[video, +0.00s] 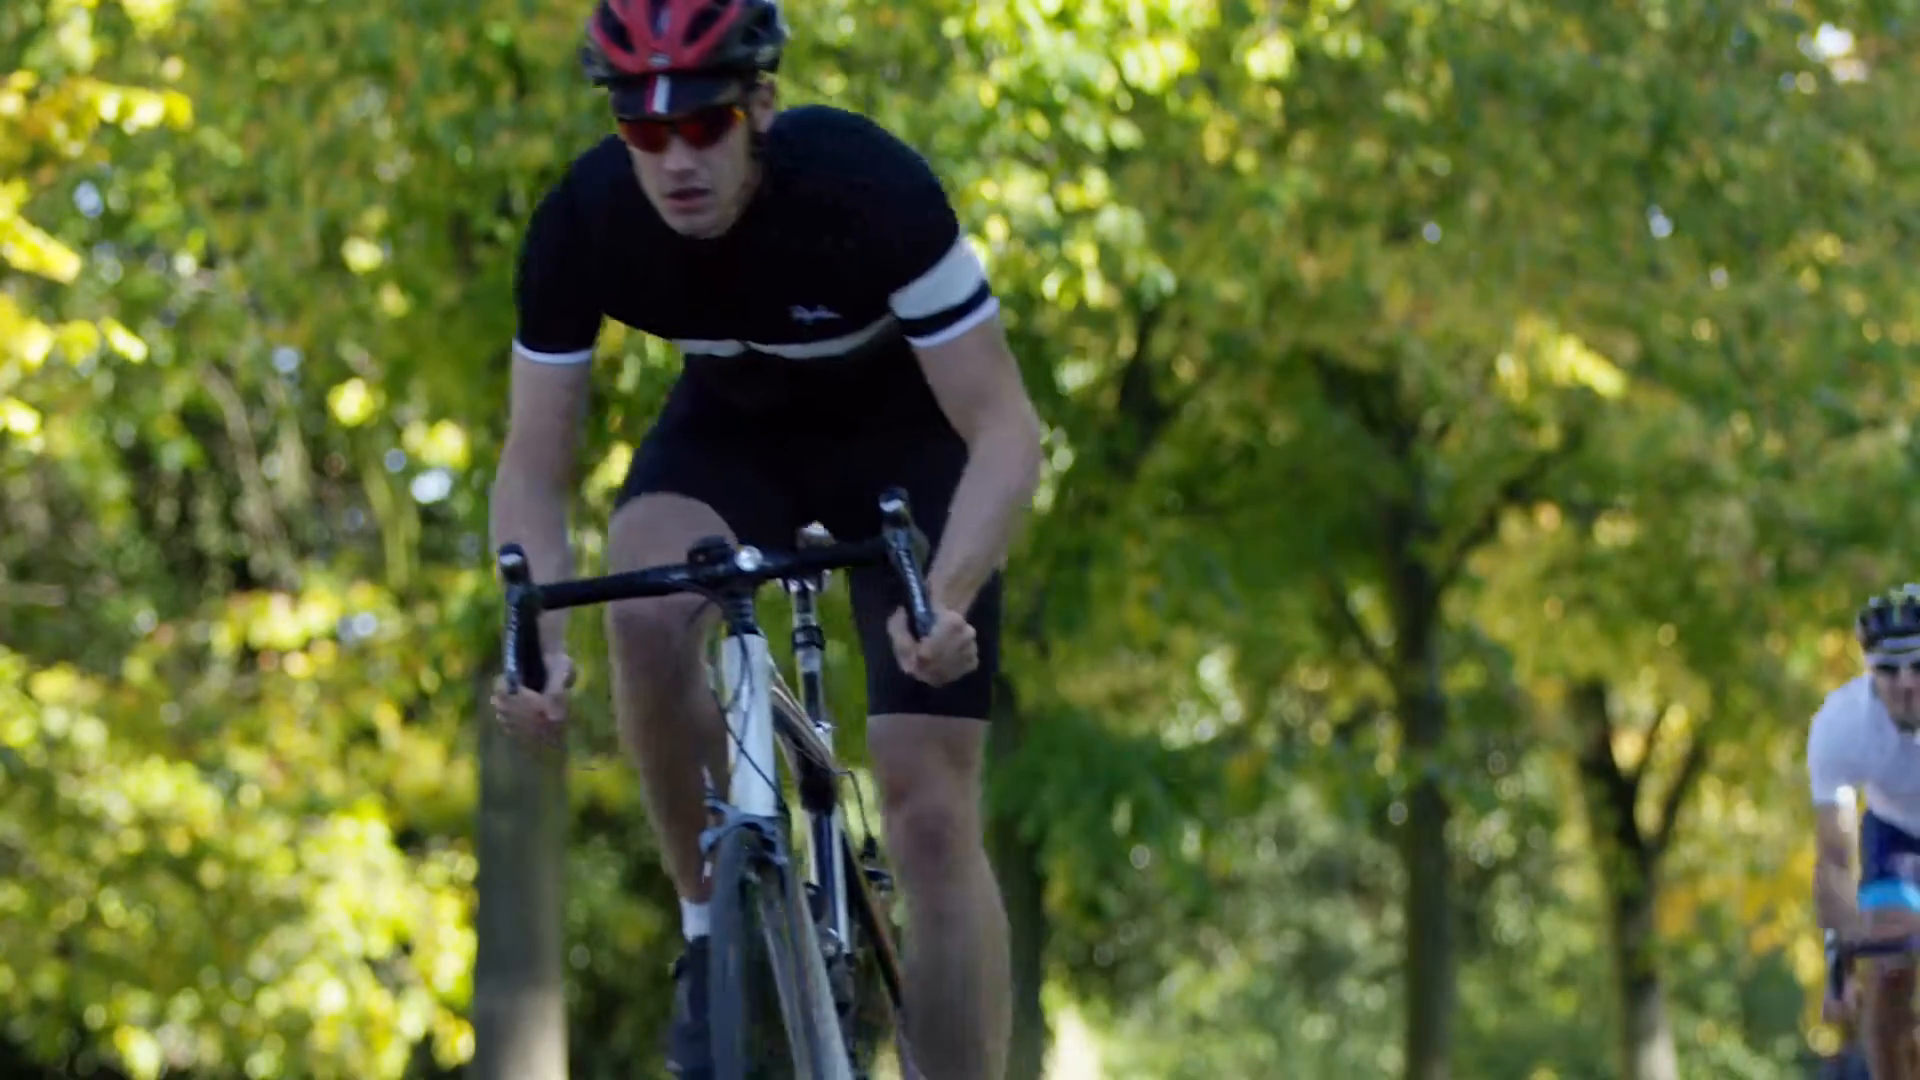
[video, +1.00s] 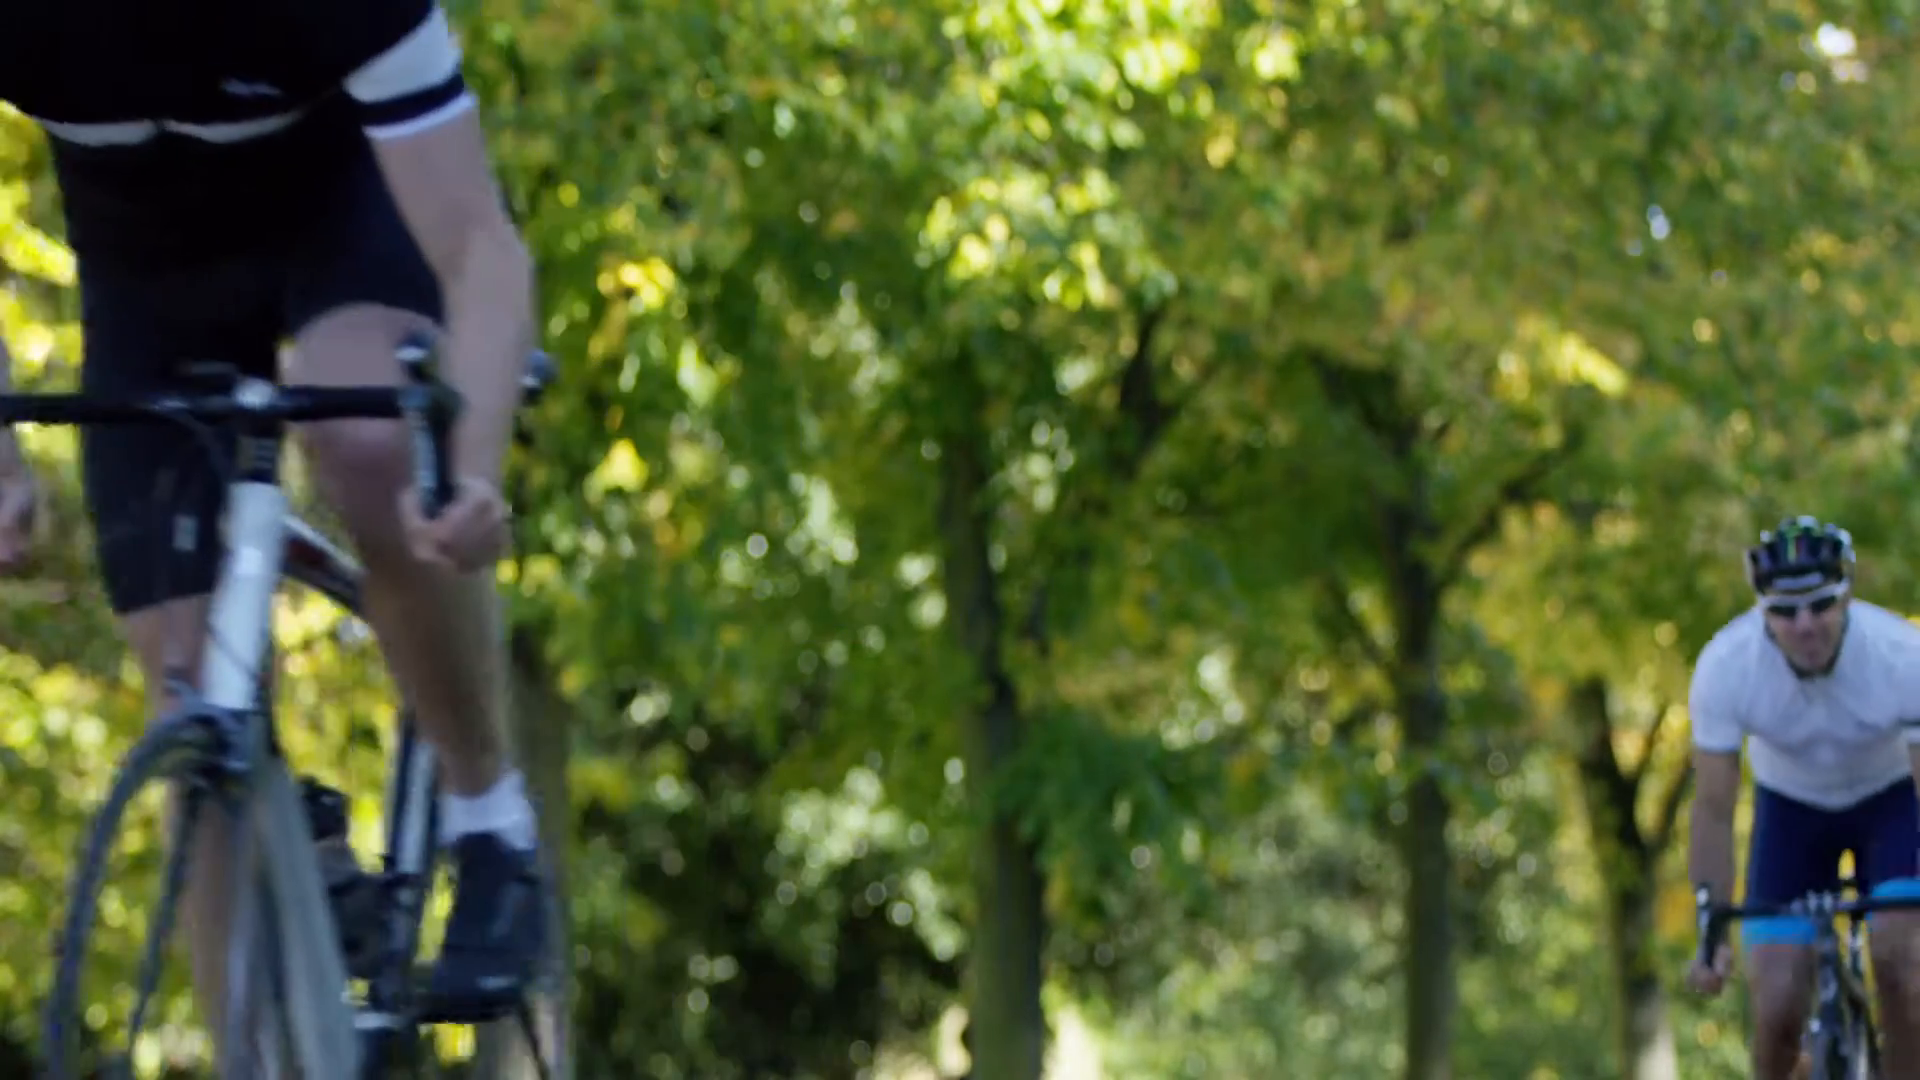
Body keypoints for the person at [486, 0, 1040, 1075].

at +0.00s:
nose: (675, 160)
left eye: (704, 126)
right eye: (644, 131)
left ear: (760, 103)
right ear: (614, 121)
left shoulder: (871, 186)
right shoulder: (583, 223)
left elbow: (1006, 433)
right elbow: (533, 463)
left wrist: (945, 592)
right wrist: (534, 631)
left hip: (901, 412)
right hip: (733, 411)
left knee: (929, 817)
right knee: (645, 602)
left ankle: (949, 1073)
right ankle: (708, 928)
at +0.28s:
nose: (525, 80)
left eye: (553, 45)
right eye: (494, 52)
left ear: (612, 25)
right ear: (463, 46)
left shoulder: (727, 100)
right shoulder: (420, 154)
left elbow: (891, 344)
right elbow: (422, 411)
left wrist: (888, 557)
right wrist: (447, 585)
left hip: (776, 341)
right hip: (588, 353)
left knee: (837, 736)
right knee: (561, 611)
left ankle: (899, 1064)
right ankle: (635, 1003)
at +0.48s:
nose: (417, 30)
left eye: (448, 1)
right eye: (387, 4)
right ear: (355, 4)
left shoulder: (624, 62)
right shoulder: (301, 111)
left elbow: (795, 316)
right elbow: (323, 368)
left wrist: (824, 531)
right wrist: (370, 535)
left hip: (680, 316)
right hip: (480, 341)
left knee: (760, 679)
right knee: (495, 671)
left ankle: (837, 985)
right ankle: (557, 1065)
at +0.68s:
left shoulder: (516, 27)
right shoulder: (181, 69)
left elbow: (684, 289)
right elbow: (202, 336)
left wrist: (730, 513)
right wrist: (250, 500)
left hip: (565, 293)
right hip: (361, 336)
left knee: (633, 581)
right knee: (411, 726)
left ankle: (739, 879)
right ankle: (464, 1069)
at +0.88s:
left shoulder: (408, 5)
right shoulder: (51, 27)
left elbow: (561, 264)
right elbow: (48, 284)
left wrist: (577, 481)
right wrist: (94, 463)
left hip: (426, 241)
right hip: (224, 285)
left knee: (478, 485)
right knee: (290, 727)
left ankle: (597, 826)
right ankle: (336, 1062)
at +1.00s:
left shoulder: (356, 3)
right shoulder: (30, 34)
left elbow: (479, 240)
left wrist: (477, 471)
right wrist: (3, 453)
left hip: (341, 207)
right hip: (137, 253)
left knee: (360, 438)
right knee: (192, 714)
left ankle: (491, 831)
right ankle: (250, 1056)